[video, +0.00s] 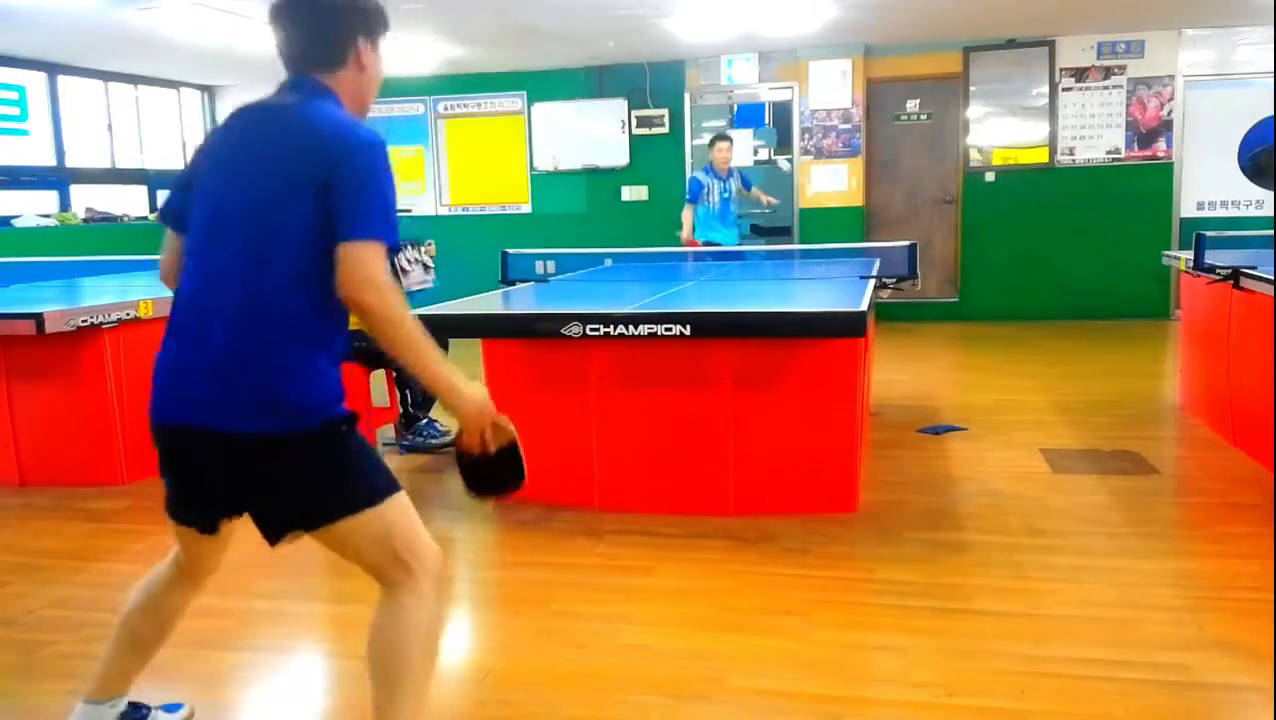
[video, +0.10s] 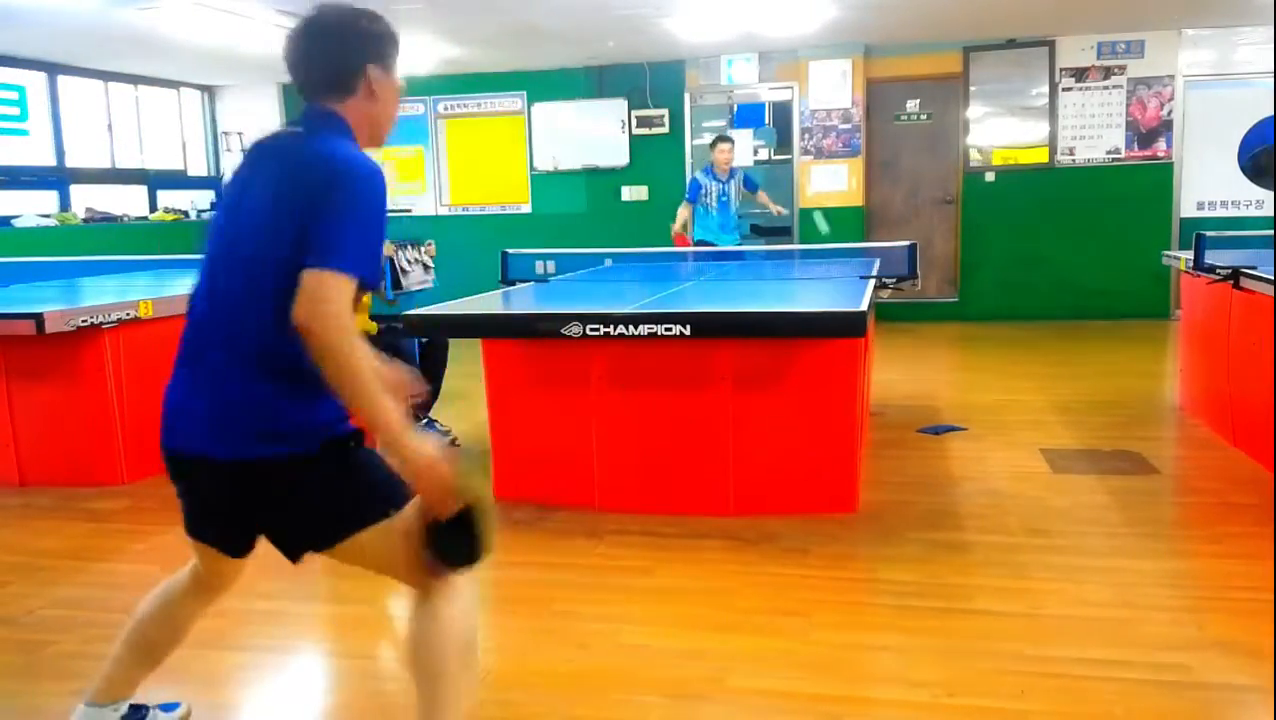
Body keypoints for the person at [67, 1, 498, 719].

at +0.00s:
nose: (380, 72)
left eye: (380, 54)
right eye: (380, 54)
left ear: (293, 49)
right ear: (361, 51)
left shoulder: (228, 132)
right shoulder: (351, 144)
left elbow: (175, 264)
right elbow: (363, 282)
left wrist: (282, 304)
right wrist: (458, 392)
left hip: (186, 407)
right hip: (285, 414)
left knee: (192, 556)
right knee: (414, 569)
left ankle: (98, 704)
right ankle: (399, 712)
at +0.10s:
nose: (401, 91)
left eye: (398, 76)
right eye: (396, 76)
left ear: (310, 83)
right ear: (368, 80)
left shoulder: (261, 160)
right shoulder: (352, 172)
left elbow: (263, 309)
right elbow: (321, 314)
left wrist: (369, 369)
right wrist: (406, 445)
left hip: (197, 436)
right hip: (285, 446)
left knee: (210, 568)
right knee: (442, 567)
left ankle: (100, 705)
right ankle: (445, 711)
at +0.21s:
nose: (487, 98)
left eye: (484, 81)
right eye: (481, 79)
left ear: (428, 81)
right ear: (450, 82)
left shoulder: (400, 163)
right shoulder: (387, 165)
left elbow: (427, 279)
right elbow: (288, 289)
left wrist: (550, 288)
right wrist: (274, 451)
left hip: (304, 441)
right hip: (365, 445)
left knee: (213, 590)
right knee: (537, 552)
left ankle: (99, 706)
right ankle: (525, 709)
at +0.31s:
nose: (603, 87)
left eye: (598, 70)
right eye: (596, 69)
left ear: (538, 82)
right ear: (566, 80)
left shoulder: (518, 172)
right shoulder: (469, 180)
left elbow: (556, 226)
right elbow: (323, 264)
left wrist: (650, 235)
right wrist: (230, 398)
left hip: (377, 436)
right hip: (421, 446)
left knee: (298, 568)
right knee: (599, 577)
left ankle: (159, 681)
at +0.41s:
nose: (744, 100)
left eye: (739, 82)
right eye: (733, 82)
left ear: (685, 87)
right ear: (697, 89)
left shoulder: (655, 179)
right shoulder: (601, 166)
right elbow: (450, 240)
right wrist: (362, 362)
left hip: (482, 420)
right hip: (504, 431)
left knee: (391, 539)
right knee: (655, 615)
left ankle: (268, 635)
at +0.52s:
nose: (872, 61)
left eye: (870, 43)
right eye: (867, 41)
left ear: (789, 42)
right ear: (835, 44)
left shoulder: (718, 105)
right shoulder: (775, 135)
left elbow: (575, 165)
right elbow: (687, 240)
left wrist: (534, 231)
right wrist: (710, 344)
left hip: (565, 361)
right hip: (628, 394)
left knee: (536, 500)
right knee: (687, 632)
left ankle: (471, 630)